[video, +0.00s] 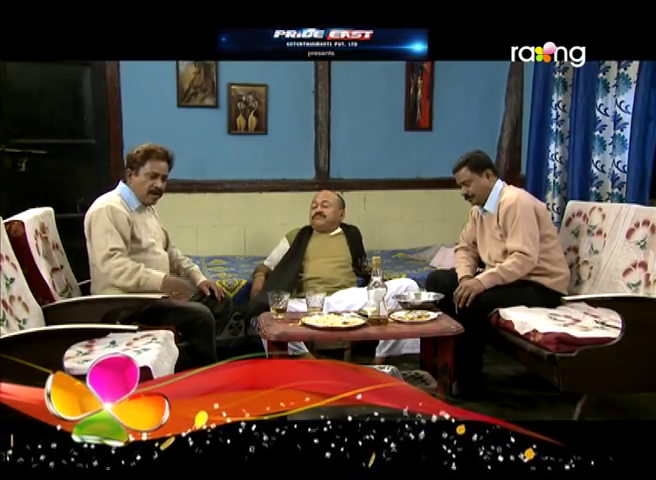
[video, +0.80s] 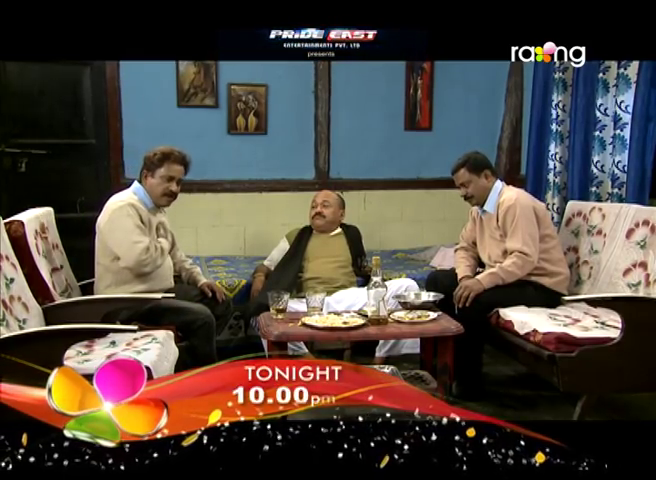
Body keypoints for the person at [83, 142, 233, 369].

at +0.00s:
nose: (159, 185)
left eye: (163, 179)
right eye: (152, 177)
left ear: (168, 181)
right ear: (131, 175)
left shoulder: (146, 211)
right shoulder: (107, 209)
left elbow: (170, 253)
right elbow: (113, 268)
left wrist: (199, 279)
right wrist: (163, 282)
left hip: (153, 300)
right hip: (125, 307)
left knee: (218, 302)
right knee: (200, 317)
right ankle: (205, 387)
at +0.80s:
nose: (175, 188)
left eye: (179, 182)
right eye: (168, 180)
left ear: (181, 184)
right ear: (146, 177)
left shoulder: (156, 213)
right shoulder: (121, 209)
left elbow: (175, 258)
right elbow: (137, 260)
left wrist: (201, 281)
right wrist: (163, 244)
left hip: (158, 295)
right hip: (127, 304)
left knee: (219, 304)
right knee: (201, 318)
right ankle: (204, 385)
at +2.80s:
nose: (180, 190)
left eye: (185, 184)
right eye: (174, 181)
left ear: (188, 186)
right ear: (153, 177)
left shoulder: (159, 214)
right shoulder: (128, 208)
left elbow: (179, 258)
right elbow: (146, 262)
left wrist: (202, 283)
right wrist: (167, 241)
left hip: (156, 296)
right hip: (127, 305)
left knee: (218, 303)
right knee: (201, 319)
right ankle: (203, 386)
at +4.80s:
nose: (159, 178)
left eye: (162, 173)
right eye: (151, 171)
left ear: (164, 178)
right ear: (129, 175)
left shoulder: (144, 210)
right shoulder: (110, 203)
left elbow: (170, 256)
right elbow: (121, 240)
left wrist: (199, 280)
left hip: (157, 293)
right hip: (126, 301)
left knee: (218, 302)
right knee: (201, 317)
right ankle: (203, 383)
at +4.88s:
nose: (160, 177)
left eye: (163, 173)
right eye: (152, 170)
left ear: (166, 177)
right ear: (131, 175)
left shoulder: (146, 211)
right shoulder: (112, 202)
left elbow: (168, 255)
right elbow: (112, 226)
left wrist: (199, 280)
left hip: (159, 293)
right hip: (126, 302)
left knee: (218, 302)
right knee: (201, 318)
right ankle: (204, 382)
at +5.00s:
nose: (159, 182)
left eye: (164, 177)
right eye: (152, 174)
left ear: (168, 181)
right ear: (132, 175)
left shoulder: (151, 213)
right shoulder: (108, 206)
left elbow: (172, 256)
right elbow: (86, 237)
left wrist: (200, 280)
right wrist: (62, 235)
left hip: (161, 295)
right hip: (127, 304)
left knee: (219, 303)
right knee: (199, 318)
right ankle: (203, 383)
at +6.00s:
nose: (161, 183)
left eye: (167, 178)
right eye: (155, 175)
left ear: (172, 182)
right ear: (136, 175)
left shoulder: (158, 211)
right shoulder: (110, 207)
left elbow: (172, 256)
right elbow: (83, 242)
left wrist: (200, 278)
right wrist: (74, 258)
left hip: (163, 295)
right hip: (128, 304)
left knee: (220, 301)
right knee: (200, 318)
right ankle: (205, 386)